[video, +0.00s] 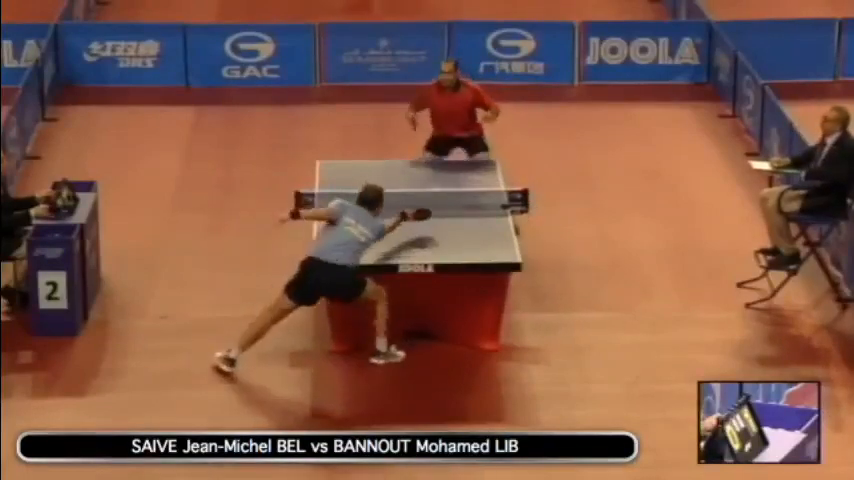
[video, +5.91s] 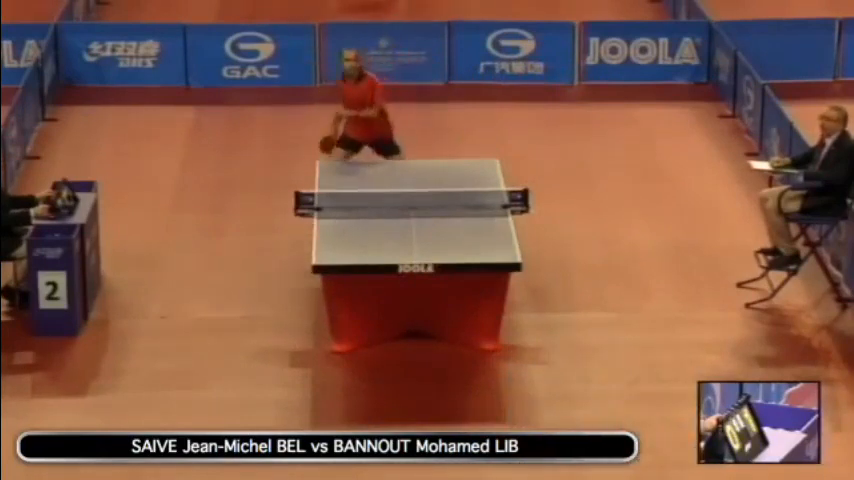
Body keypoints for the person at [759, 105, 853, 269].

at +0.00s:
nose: (822, 123)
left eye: (827, 120)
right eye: (823, 119)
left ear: (840, 125)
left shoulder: (847, 146)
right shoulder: (826, 142)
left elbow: (838, 176)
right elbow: (805, 159)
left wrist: (808, 173)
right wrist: (786, 163)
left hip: (830, 199)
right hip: (815, 191)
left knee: (775, 204)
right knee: (766, 196)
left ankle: (790, 254)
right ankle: (780, 247)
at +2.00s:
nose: (821, 123)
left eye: (826, 121)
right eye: (821, 119)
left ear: (838, 126)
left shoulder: (846, 147)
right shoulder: (826, 141)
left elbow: (837, 177)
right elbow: (807, 158)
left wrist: (806, 175)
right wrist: (786, 163)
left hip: (830, 199)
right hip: (815, 191)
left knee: (773, 205)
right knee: (766, 197)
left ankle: (789, 254)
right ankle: (780, 247)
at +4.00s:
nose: (821, 122)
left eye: (827, 119)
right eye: (822, 118)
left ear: (839, 125)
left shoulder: (846, 147)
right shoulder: (826, 140)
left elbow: (837, 177)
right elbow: (808, 158)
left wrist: (804, 175)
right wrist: (787, 163)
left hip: (829, 199)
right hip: (815, 191)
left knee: (774, 205)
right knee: (765, 196)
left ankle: (790, 254)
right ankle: (780, 247)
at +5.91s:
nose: (822, 123)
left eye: (828, 120)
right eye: (822, 119)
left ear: (840, 125)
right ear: (820, 119)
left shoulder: (846, 147)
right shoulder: (826, 141)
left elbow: (836, 177)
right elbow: (808, 157)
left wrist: (804, 175)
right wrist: (787, 163)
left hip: (829, 199)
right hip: (815, 191)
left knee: (773, 205)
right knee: (765, 197)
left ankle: (790, 254)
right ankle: (780, 247)